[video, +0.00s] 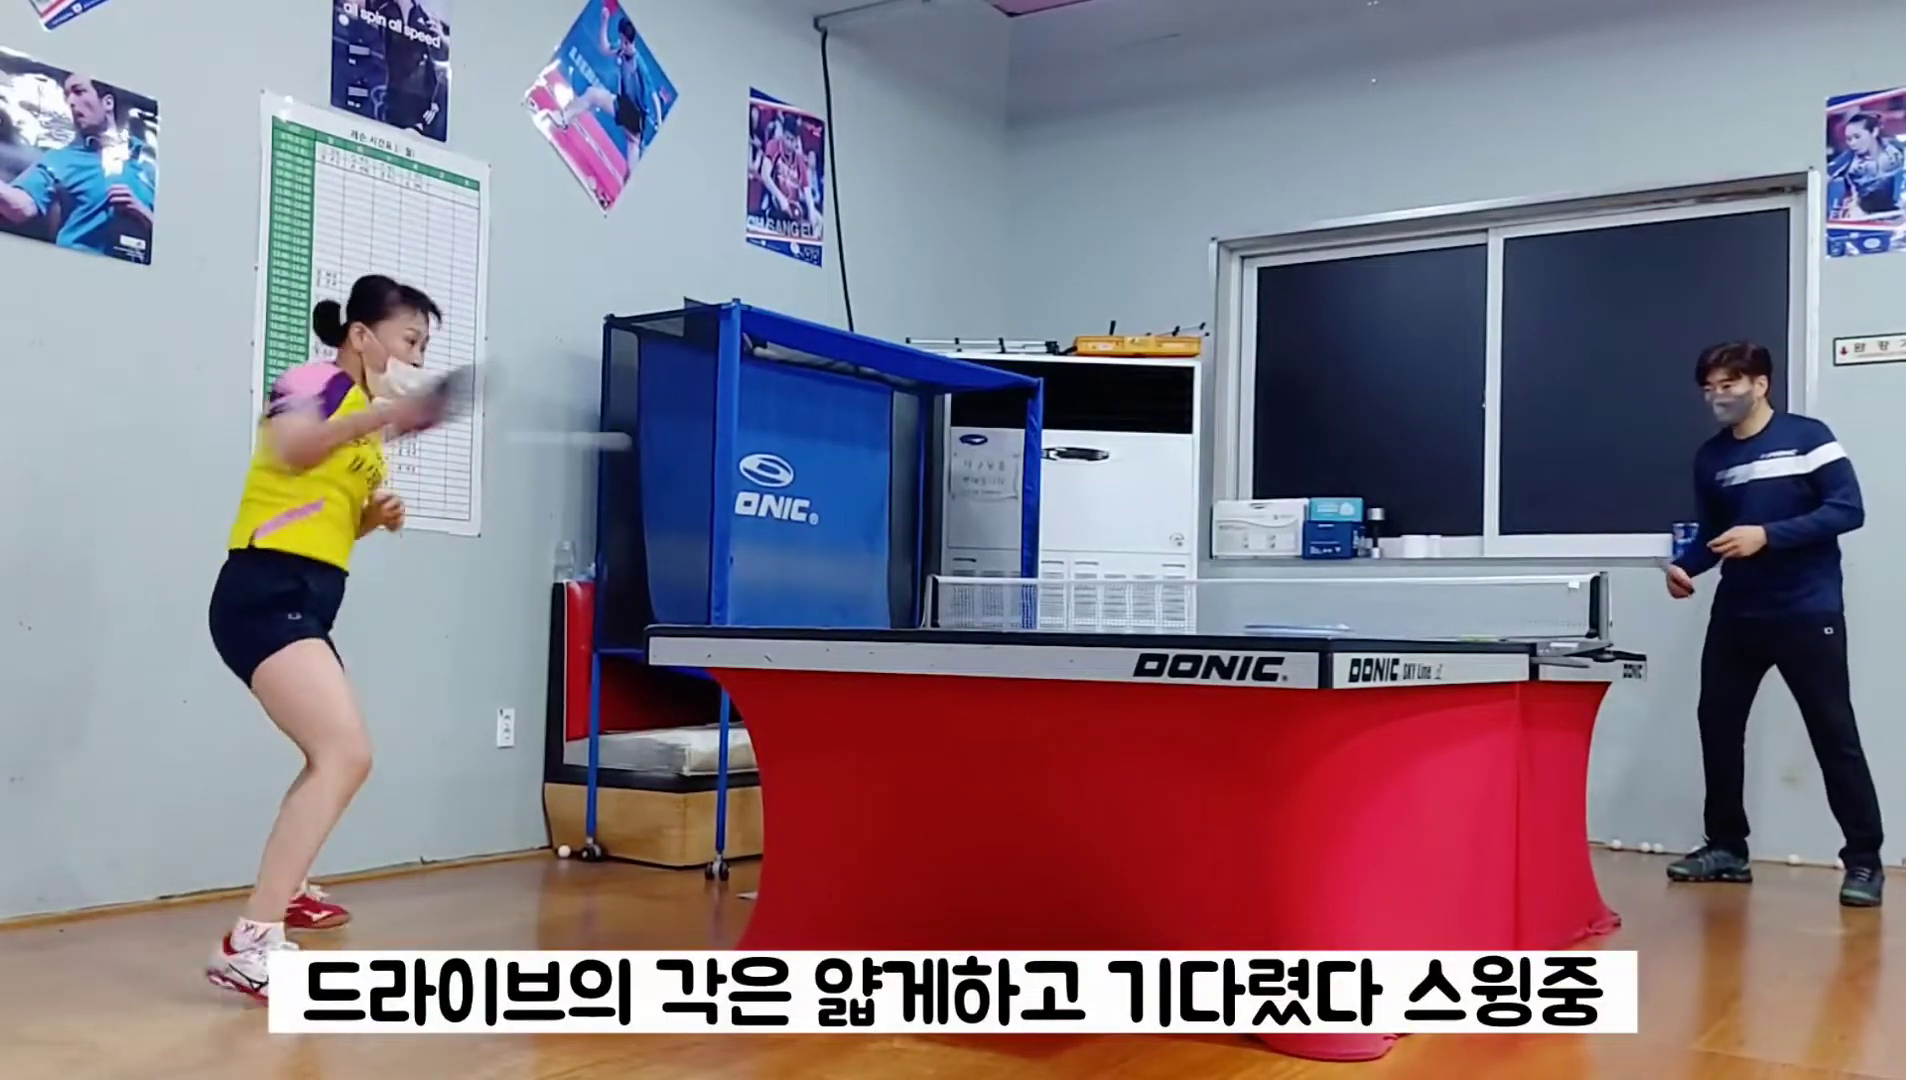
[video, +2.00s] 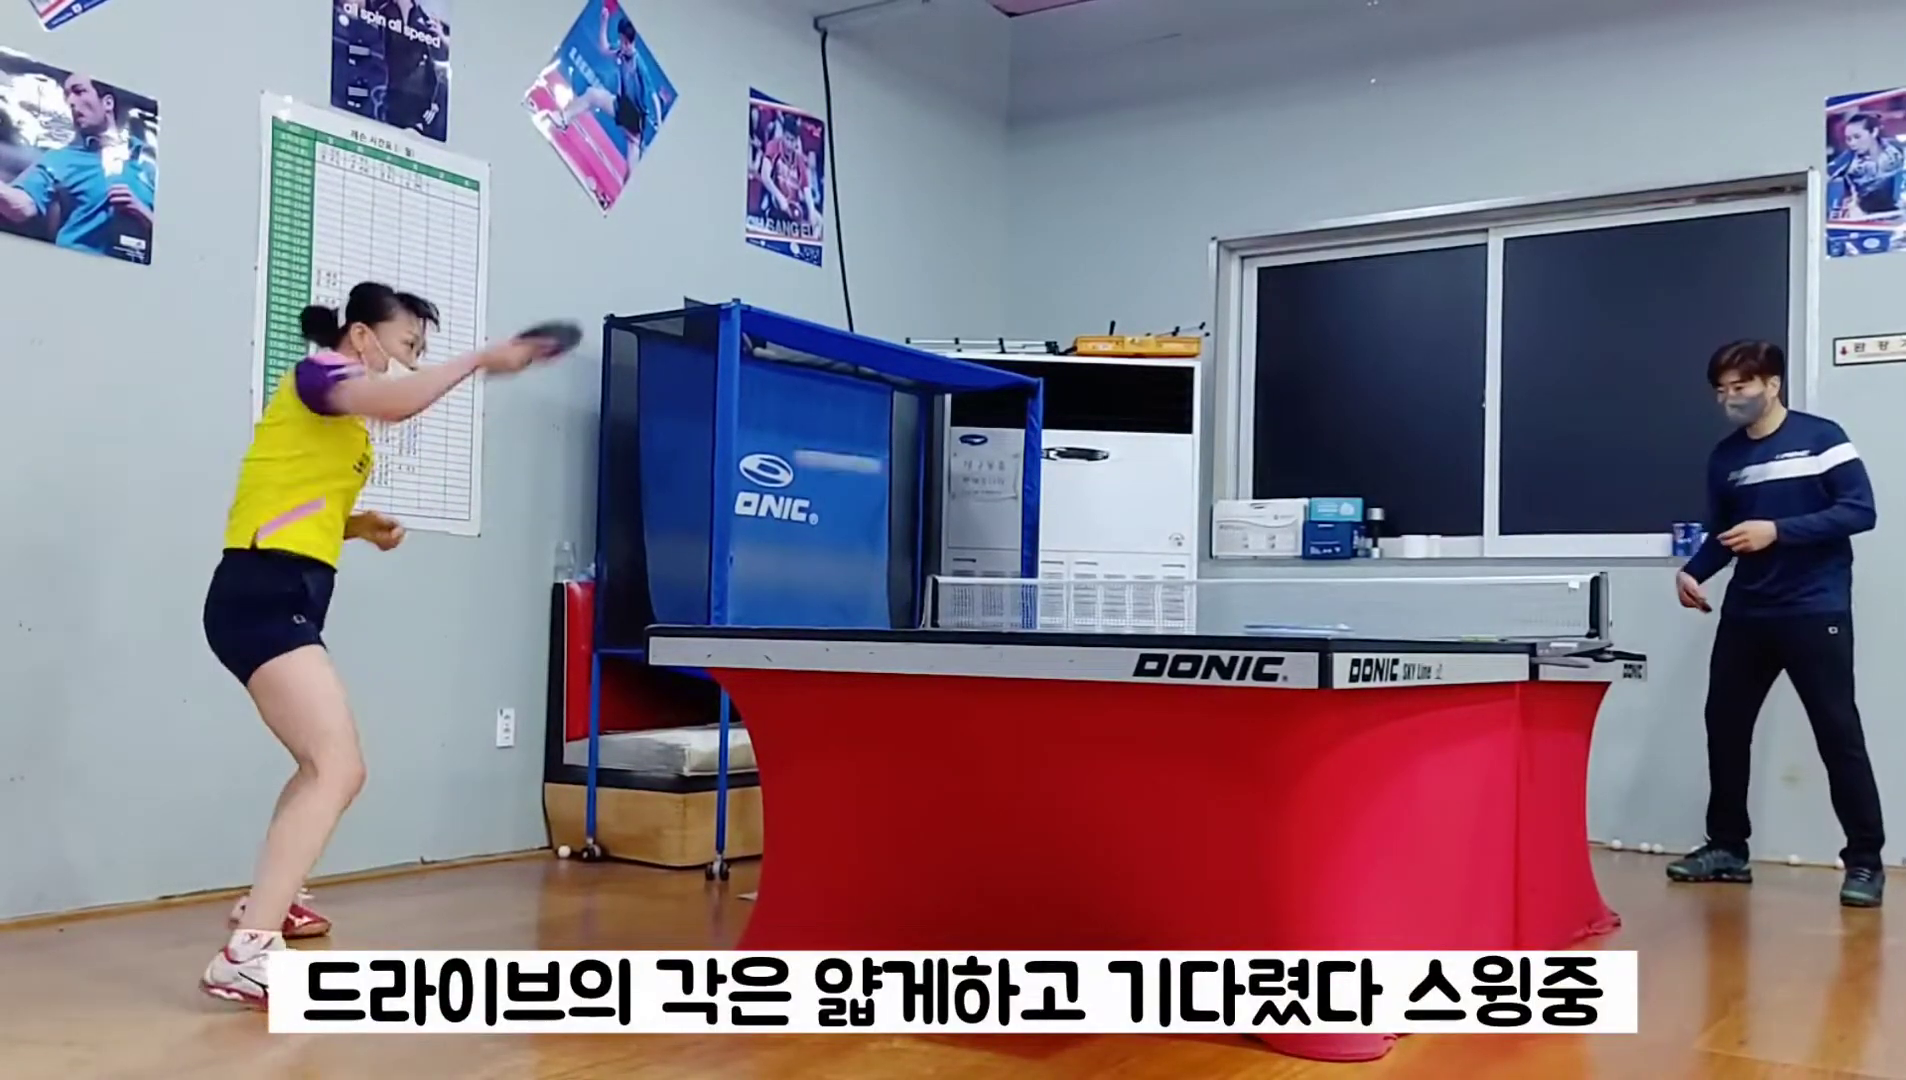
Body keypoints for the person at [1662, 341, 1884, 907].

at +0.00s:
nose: (1717, 395)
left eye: (1728, 384)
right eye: (1710, 388)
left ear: (1761, 384)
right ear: (1705, 395)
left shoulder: (1809, 436)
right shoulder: (1710, 458)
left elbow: (1848, 509)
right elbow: (1714, 534)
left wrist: (1767, 534)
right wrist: (1685, 564)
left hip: (1808, 615)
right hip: (1738, 616)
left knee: (1835, 737)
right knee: (1717, 725)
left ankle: (1863, 862)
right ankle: (1727, 848)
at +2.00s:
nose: (1730, 395)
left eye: (1741, 384)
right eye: (1723, 388)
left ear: (1772, 383)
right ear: (1718, 395)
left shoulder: (1822, 437)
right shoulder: (1726, 456)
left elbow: (1860, 510)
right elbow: (1726, 531)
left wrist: (1776, 529)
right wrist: (1693, 569)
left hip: (1816, 616)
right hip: (1747, 616)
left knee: (1839, 737)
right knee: (1725, 726)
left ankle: (1864, 863)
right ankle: (1728, 849)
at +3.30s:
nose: (1721, 410)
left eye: (1732, 399)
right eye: (1714, 401)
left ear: (1764, 396)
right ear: (1708, 402)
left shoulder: (1819, 443)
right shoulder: (1710, 462)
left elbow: (1862, 515)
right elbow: (1668, 516)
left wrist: (1788, 536)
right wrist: (1640, 554)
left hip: (1813, 618)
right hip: (1740, 618)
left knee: (1839, 737)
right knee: (1713, 723)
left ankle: (1864, 863)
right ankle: (1725, 848)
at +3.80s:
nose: (1722, 394)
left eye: (1733, 383)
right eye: (1715, 387)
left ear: (1763, 386)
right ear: (1708, 396)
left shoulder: (1811, 440)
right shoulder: (1708, 462)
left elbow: (1846, 514)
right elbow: (1690, 533)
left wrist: (1766, 534)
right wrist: (1662, 555)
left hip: (1804, 618)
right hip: (1733, 619)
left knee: (1834, 739)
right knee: (1709, 721)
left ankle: (1863, 862)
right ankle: (1724, 848)